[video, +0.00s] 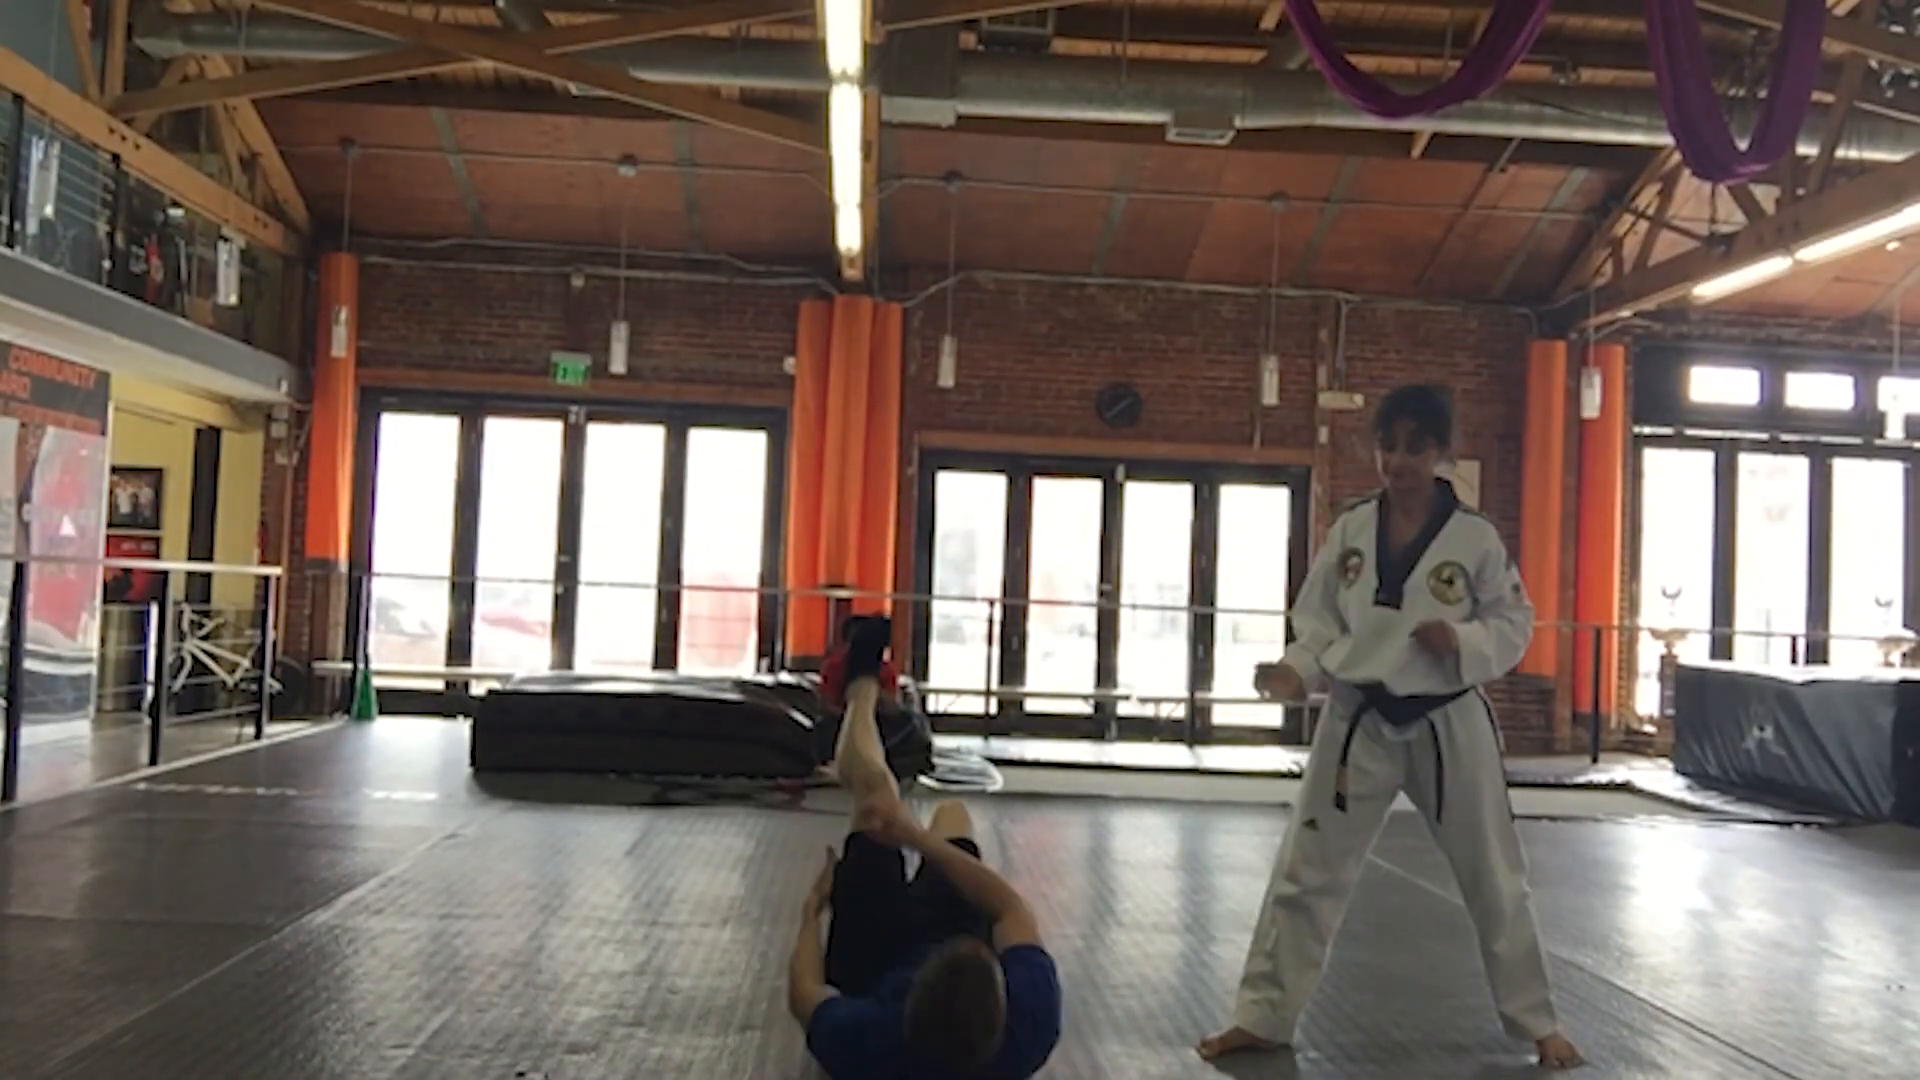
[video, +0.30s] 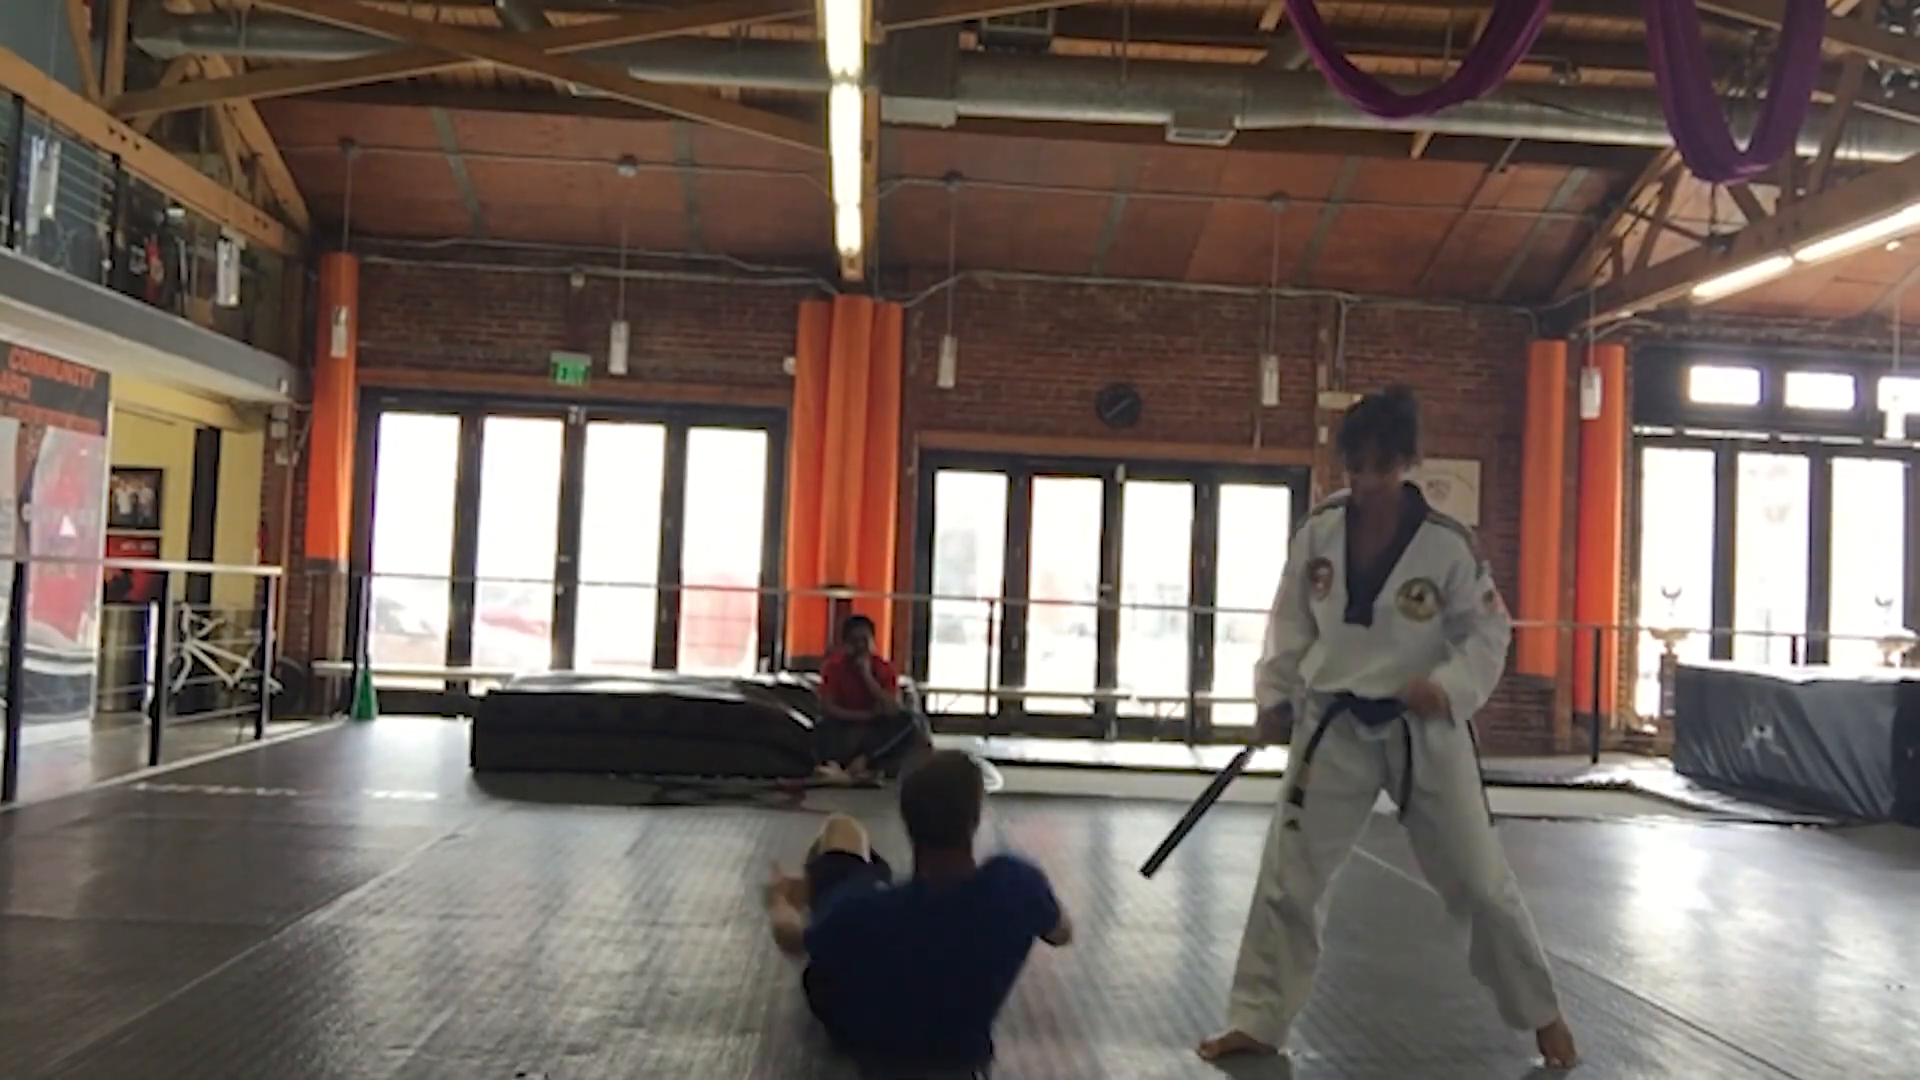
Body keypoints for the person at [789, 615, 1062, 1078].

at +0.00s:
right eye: (983, 961)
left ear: (911, 1005)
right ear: (1001, 998)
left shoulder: (858, 1039)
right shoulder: (1032, 1025)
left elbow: (805, 991)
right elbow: (1009, 907)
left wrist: (812, 912)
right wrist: (917, 839)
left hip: (877, 971)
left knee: (875, 791)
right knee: (951, 810)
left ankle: (863, 688)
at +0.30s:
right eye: (981, 801)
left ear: (905, 818)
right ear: (977, 816)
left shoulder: (861, 916)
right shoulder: (1013, 886)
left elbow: (792, 942)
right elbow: (1061, 934)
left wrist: (778, 896)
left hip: (866, 1044)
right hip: (962, 1050)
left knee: (842, 826)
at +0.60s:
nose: (975, 718)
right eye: (973, 709)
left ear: (905, 711)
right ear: (969, 717)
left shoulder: (867, 760)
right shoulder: (1003, 785)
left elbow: (783, 779)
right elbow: (1013, 920)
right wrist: (1023, 1026)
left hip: (859, 1002)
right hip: (951, 1009)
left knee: (799, 820)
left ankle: (759, 992)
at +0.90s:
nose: (970, 709)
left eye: (970, 697)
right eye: (970, 697)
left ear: (908, 685)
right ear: (960, 695)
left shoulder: (852, 714)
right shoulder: (964, 757)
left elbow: (812, 804)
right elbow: (994, 891)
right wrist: (1023, 1006)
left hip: (809, 919)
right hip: (893, 933)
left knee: (719, 839)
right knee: (970, 848)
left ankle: (745, 978)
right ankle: (899, 972)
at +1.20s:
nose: (996, 614)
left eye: (1001, 603)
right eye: (996, 599)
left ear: (947, 580)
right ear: (967, 585)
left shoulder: (870, 601)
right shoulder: (956, 635)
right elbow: (988, 769)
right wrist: (1012, 863)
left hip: (779, 738)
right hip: (859, 751)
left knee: (766, 836)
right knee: (929, 818)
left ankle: (734, 927)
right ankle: (899, 962)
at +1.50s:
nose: (961, 457)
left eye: (964, 445)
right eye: (955, 442)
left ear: (906, 436)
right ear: (918, 433)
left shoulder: (854, 480)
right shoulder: (897, 487)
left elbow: (851, 601)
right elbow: (859, 593)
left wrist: (899, 690)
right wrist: (898, 698)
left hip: (758, 668)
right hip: (814, 669)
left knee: (784, 829)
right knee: (884, 804)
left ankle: (716, 986)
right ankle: (893, 963)